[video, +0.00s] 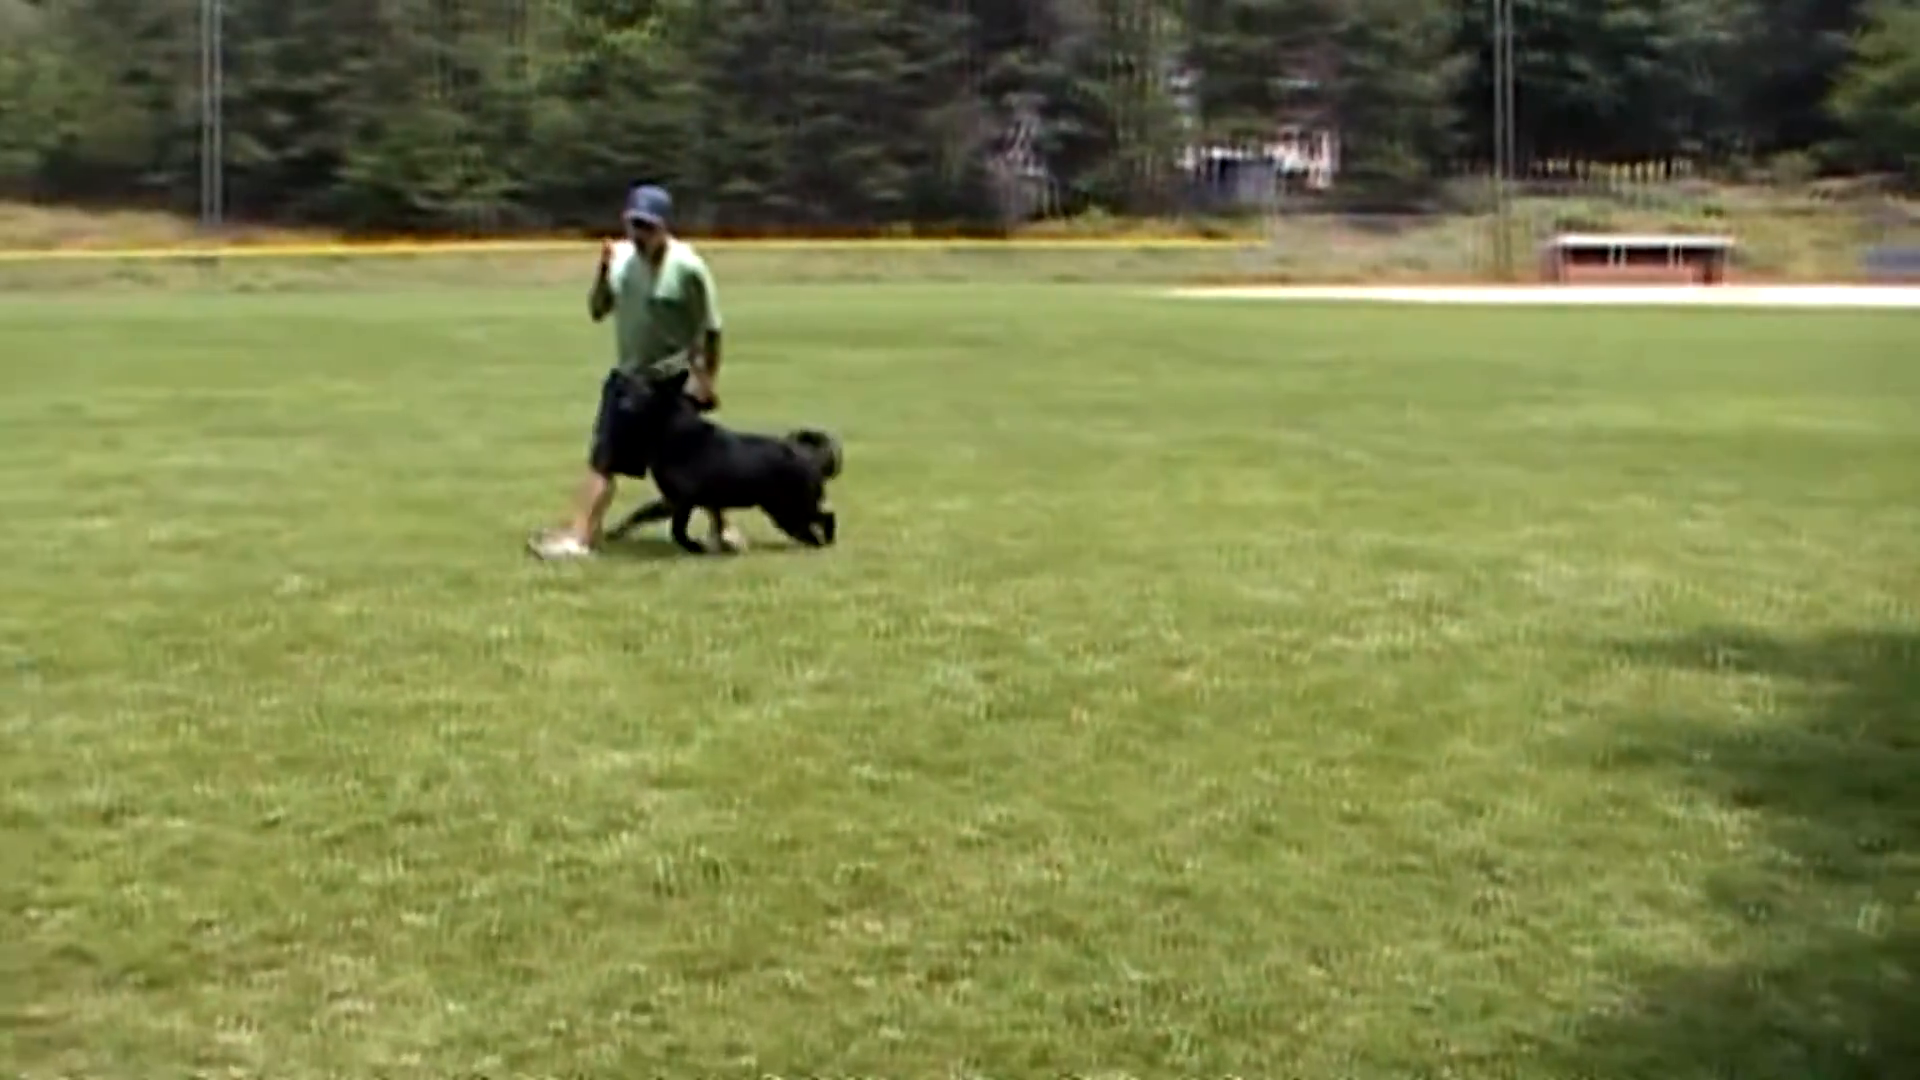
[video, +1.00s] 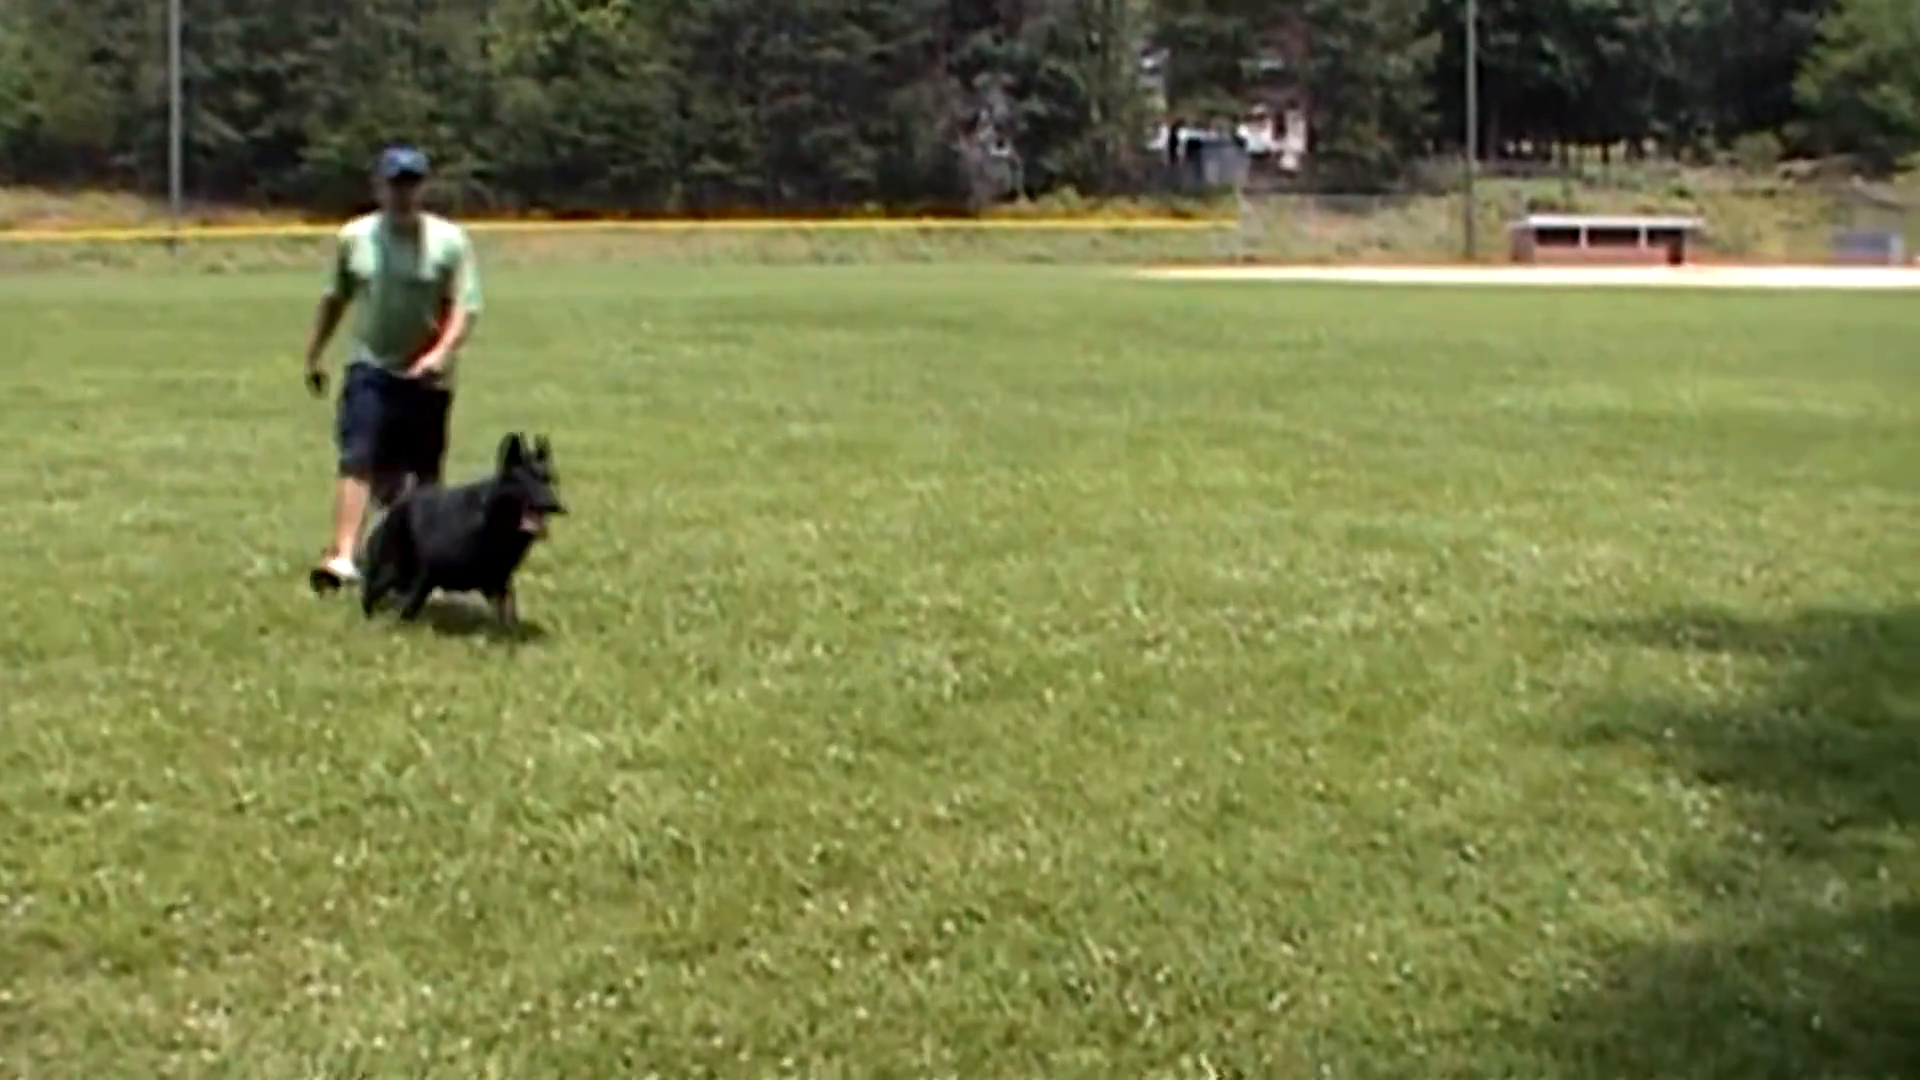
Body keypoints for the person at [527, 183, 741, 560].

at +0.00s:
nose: (638, 235)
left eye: (646, 227)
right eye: (633, 226)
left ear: (664, 227)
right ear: (626, 226)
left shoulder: (687, 268)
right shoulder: (622, 259)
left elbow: (711, 327)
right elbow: (599, 311)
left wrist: (706, 377)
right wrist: (604, 272)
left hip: (672, 381)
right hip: (627, 378)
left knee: (694, 459)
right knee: (602, 464)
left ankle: (720, 528)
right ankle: (583, 536)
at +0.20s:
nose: (653, 228)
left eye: (662, 220)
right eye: (648, 218)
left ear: (679, 222)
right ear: (641, 219)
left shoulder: (703, 265)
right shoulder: (634, 256)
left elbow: (720, 324)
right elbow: (608, 313)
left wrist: (721, 381)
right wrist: (613, 274)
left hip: (680, 372)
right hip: (637, 367)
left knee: (659, 457)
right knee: (620, 452)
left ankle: (711, 520)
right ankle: (633, 534)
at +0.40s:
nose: (588, 223)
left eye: (595, 215)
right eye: (582, 214)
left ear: (609, 218)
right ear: (574, 216)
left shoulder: (634, 263)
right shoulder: (563, 254)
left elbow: (652, 324)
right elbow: (534, 311)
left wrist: (649, 379)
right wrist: (543, 273)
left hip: (612, 363)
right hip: (571, 361)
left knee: (574, 428)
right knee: (565, 447)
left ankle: (591, 532)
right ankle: (572, 533)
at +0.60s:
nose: (549, 226)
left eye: (558, 218)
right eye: (543, 217)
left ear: (571, 223)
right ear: (533, 220)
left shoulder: (589, 272)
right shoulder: (513, 261)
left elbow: (607, 337)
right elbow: (494, 316)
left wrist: (605, 391)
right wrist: (493, 313)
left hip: (568, 384)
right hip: (524, 381)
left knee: (533, 468)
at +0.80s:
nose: (484, 204)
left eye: (492, 195)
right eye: (477, 194)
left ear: (505, 200)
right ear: (464, 198)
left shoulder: (528, 252)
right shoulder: (442, 246)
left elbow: (541, 322)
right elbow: (420, 310)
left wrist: (527, 375)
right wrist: (398, 366)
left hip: (503, 375)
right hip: (452, 368)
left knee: (496, 468)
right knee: (424, 452)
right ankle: (460, 513)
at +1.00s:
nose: (402, 194)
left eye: (411, 184)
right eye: (394, 184)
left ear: (424, 188)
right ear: (378, 187)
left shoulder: (449, 241)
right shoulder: (357, 238)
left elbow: (464, 306)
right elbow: (337, 297)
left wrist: (439, 354)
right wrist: (314, 353)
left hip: (426, 372)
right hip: (371, 365)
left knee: (420, 477)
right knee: (357, 462)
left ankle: (411, 558)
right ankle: (344, 555)